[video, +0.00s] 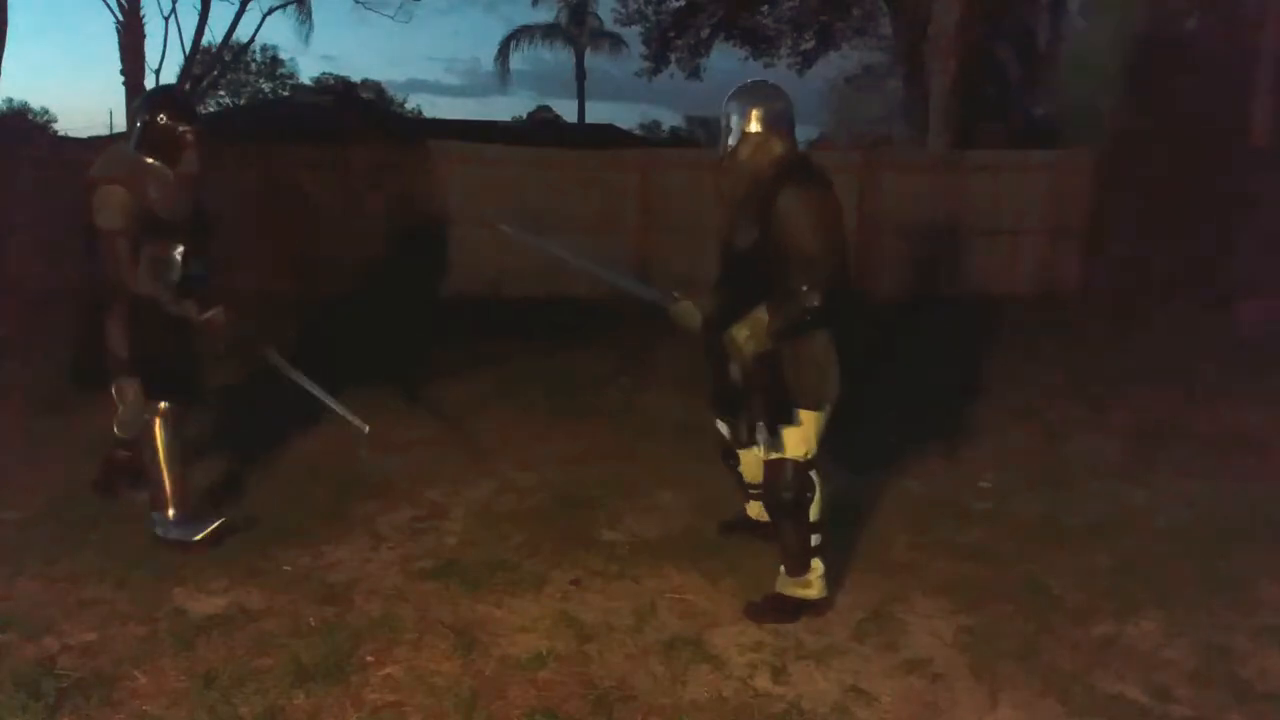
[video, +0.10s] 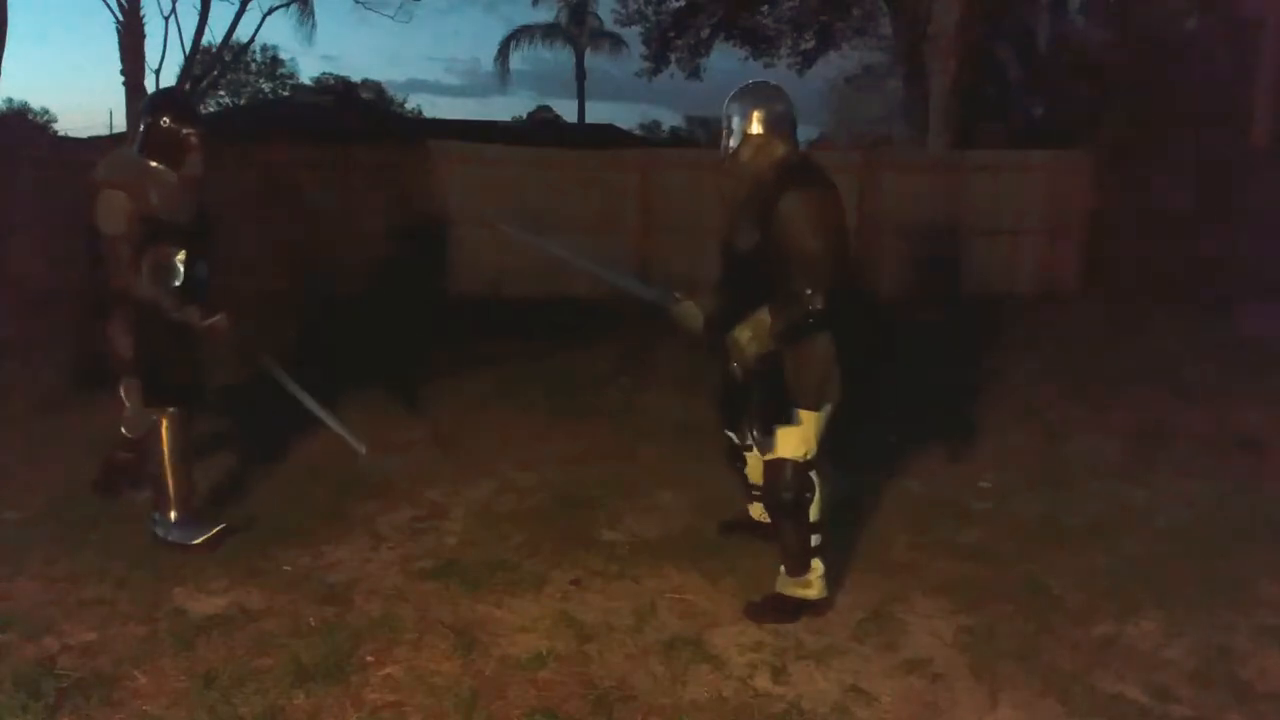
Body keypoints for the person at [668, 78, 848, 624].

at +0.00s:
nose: (731, 143)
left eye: (739, 130)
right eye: (732, 130)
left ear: (765, 128)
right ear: (764, 129)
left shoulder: (799, 187)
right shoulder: (756, 185)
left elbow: (812, 281)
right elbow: (748, 272)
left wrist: (763, 326)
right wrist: (707, 308)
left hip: (801, 343)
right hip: (761, 337)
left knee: (790, 471)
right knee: (737, 422)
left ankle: (803, 584)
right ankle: (763, 509)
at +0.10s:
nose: (731, 146)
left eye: (737, 133)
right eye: (731, 133)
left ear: (764, 128)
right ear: (768, 128)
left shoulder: (801, 190)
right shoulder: (762, 185)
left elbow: (811, 286)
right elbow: (751, 273)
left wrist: (762, 331)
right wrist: (710, 308)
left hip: (804, 343)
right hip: (767, 336)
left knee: (788, 469)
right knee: (750, 429)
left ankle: (803, 584)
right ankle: (763, 511)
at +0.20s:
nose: (730, 143)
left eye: (737, 129)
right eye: (731, 129)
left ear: (764, 125)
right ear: (767, 126)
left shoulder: (802, 188)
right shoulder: (764, 185)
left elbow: (813, 285)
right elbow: (753, 273)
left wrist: (764, 327)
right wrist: (712, 306)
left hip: (808, 345)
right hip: (771, 339)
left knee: (789, 470)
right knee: (753, 431)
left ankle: (803, 585)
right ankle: (766, 510)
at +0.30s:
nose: (732, 143)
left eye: (739, 129)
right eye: (733, 130)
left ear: (766, 127)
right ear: (769, 127)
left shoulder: (802, 189)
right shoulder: (763, 185)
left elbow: (812, 283)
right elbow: (752, 272)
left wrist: (764, 326)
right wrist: (710, 305)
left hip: (806, 344)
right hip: (769, 338)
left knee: (790, 470)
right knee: (755, 428)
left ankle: (803, 584)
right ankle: (765, 511)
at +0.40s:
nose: (732, 146)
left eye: (738, 132)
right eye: (732, 133)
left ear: (764, 128)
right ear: (773, 128)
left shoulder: (803, 191)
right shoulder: (766, 186)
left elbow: (811, 285)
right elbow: (755, 274)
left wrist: (761, 324)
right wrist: (711, 305)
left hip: (806, 345)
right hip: (770, 340)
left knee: (787, 467)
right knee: (750, 429)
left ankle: (803, 584)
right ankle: (764, 511)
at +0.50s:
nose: (735, 145)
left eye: (742, 131)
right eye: (735, 131)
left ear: (769, 128)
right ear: (773, 129)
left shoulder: (803, 192)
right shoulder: (768, 186)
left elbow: (813, 287)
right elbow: (756, 273)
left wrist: (761, 325)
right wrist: (711, 305)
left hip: (809, 346)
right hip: (773, 340)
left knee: (788, 465)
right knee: (752, 425)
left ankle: (803, 584)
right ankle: (764, 511)